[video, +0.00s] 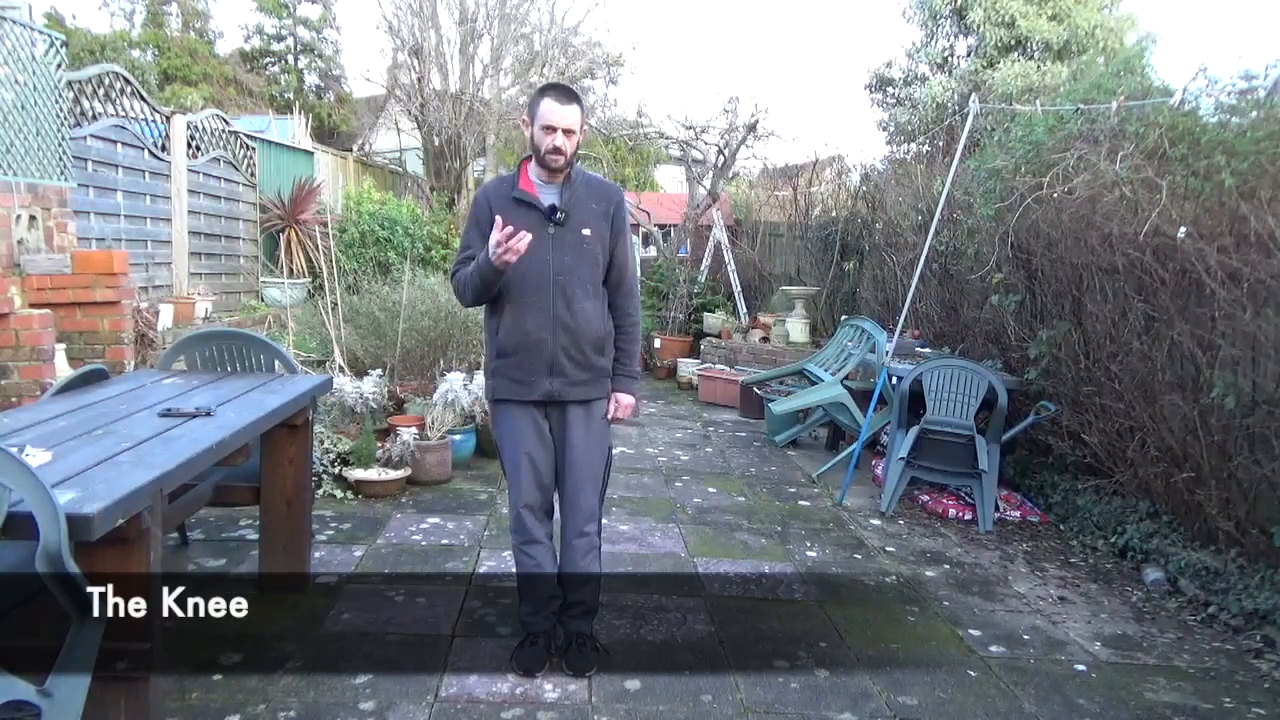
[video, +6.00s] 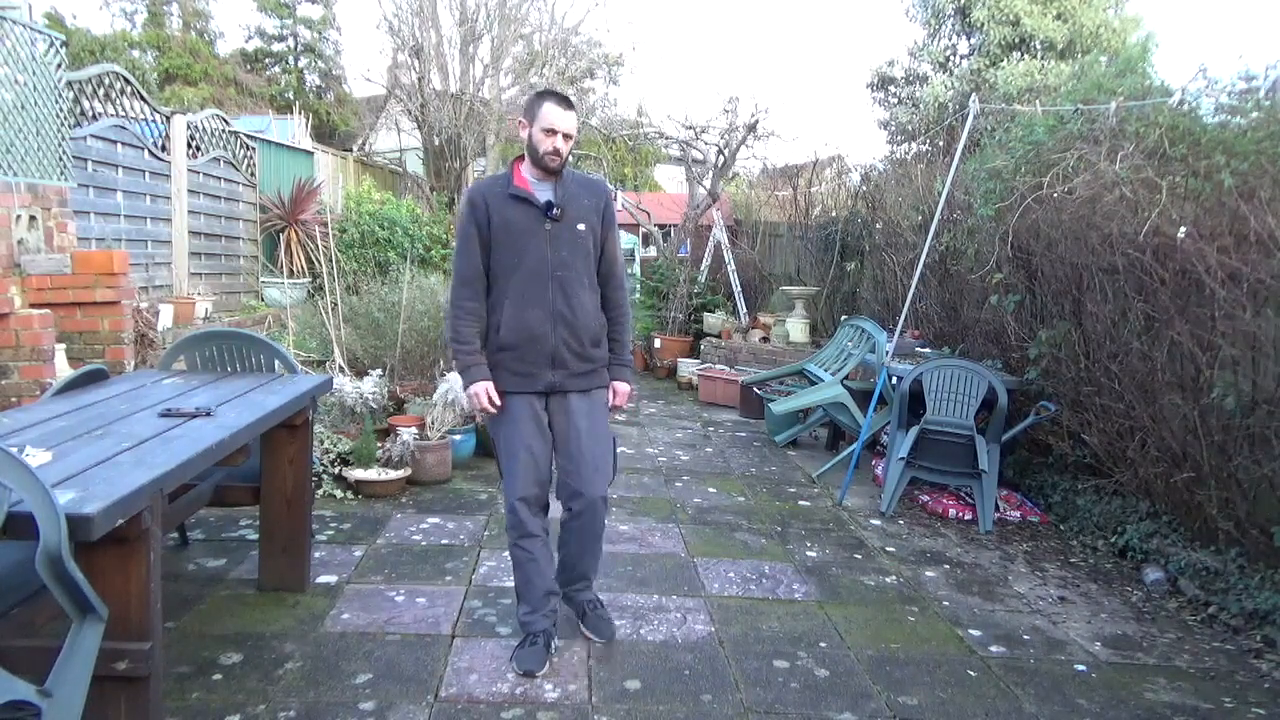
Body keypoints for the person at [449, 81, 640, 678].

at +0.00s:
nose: (558, 141)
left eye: (569, 132)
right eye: (549, 129)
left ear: (582, 135)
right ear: (529, 129)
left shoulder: (607, 198)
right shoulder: (493, 197)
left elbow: (625, 295)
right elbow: (466, 290)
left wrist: (626, 378)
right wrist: (495, 263)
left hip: (589, 378)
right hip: (516, 379)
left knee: (583, 508)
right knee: (528, 506)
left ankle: (579, 631)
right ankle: (535, 632)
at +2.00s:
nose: (543, 138)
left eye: (553, 128)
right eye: (533, 128)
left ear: (571, 130)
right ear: (519, 132)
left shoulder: (605, 197)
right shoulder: (492, 197)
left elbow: (625, 293)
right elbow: (467, 291)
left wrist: (628, 376)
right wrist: (496, 228)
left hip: (590, 378)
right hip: (516, 379)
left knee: (583, 514)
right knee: (529, 514)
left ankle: (579, 627)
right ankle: (535, 629)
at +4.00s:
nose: (536, 141)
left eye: (545, 130)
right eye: (525, 132)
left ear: (564, 129)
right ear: (511, 135)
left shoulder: (599, 195)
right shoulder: (487, 200)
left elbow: (621, 291)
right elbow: (465, 294)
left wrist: (624, 375)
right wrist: (487, 244)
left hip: (586, 378)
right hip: (512, 380)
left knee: (581, 513)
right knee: (526, 513)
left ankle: (580, 625)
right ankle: (535, 627)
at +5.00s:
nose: (535, 140)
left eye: (544, 129)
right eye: (524, 131)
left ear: (563, 130)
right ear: (511, 134)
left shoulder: (597, 195)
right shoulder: (484, 200)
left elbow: (619, 291)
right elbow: (465, 278)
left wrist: (622, 373)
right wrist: (472, 306)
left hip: (584, 378)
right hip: (512, 380)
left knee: (581, 513)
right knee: (526, 513)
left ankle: (580, 626)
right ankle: (535, 627)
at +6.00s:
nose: (560, 143)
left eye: (568, 136)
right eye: (550, 132)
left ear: (576, 141)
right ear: (524, 130)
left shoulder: (594, 194)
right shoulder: (484, 199)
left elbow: (614, 288)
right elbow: (465, 297)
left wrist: (620, 366)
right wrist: (473, 372)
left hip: (585, 373)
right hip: (512, 376)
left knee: (591, 492)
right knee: (524, 502)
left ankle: (578, 587)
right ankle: (536, 622)